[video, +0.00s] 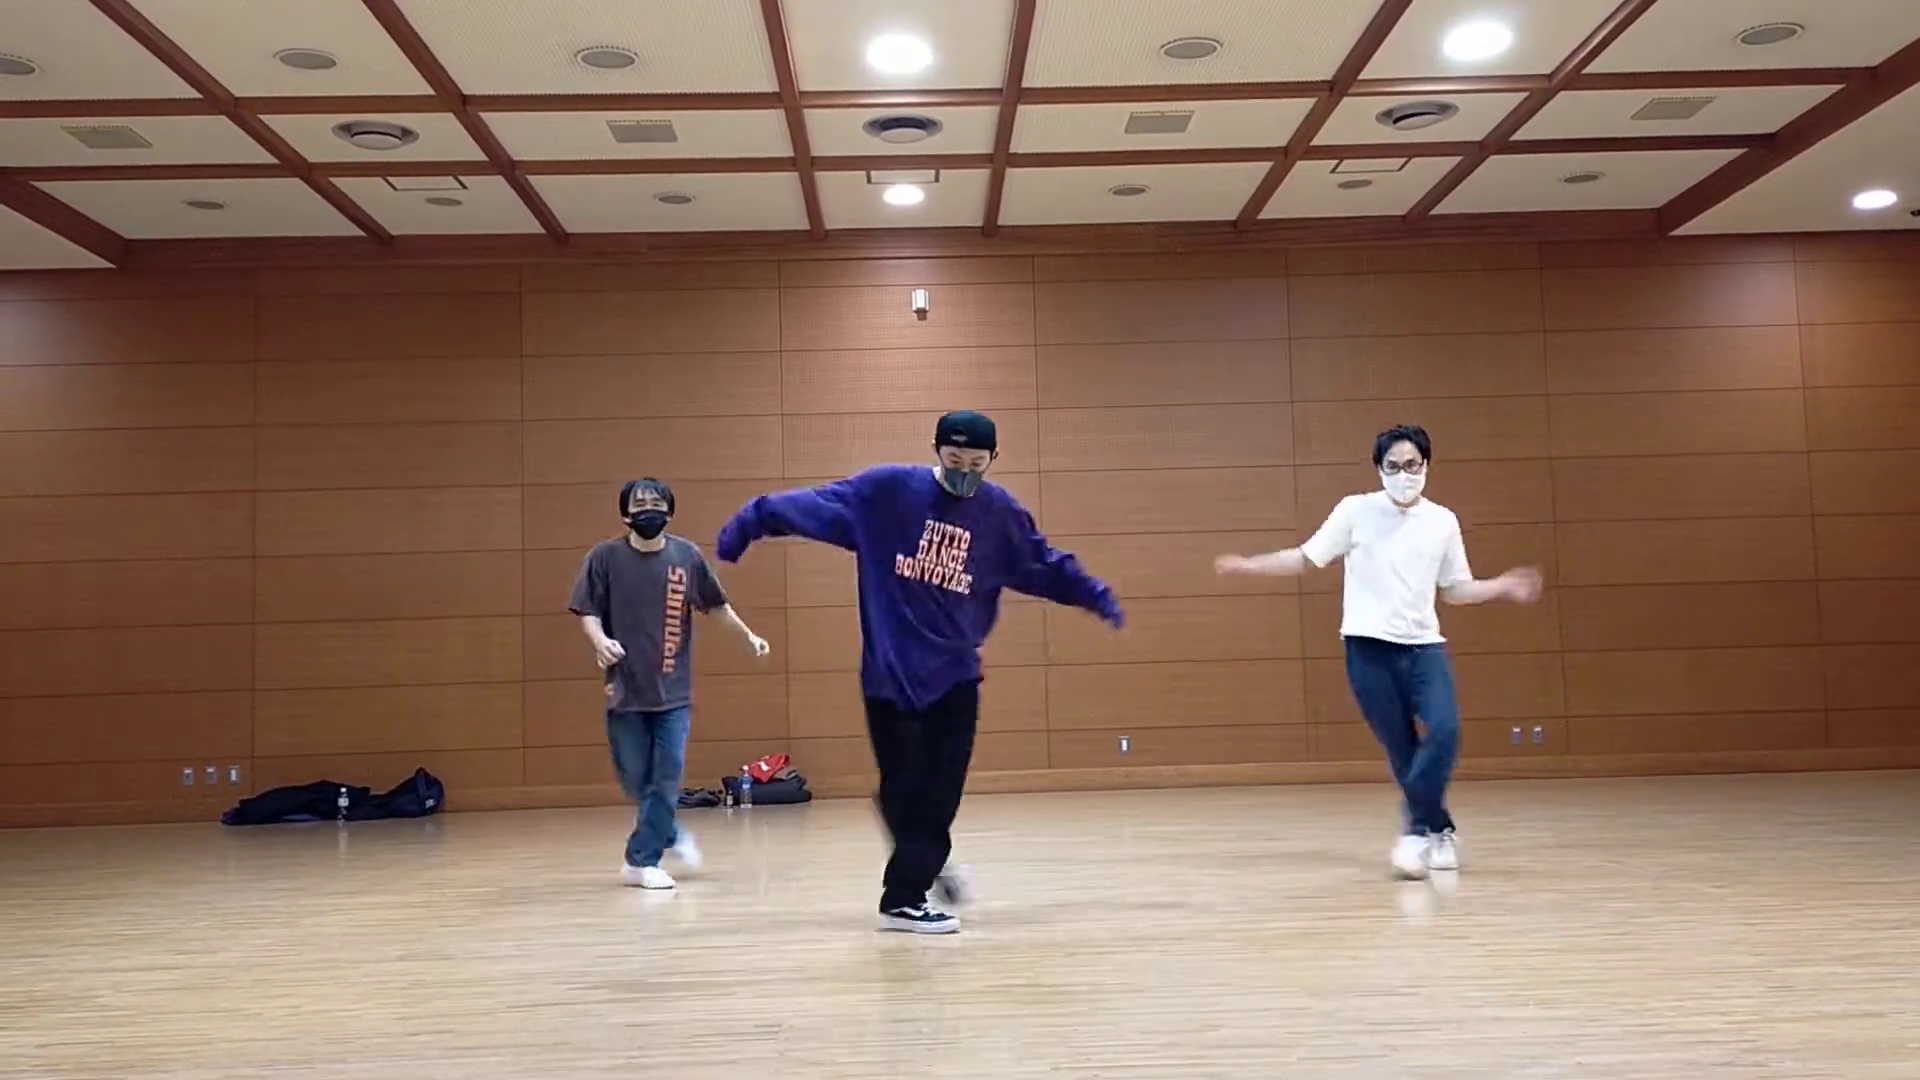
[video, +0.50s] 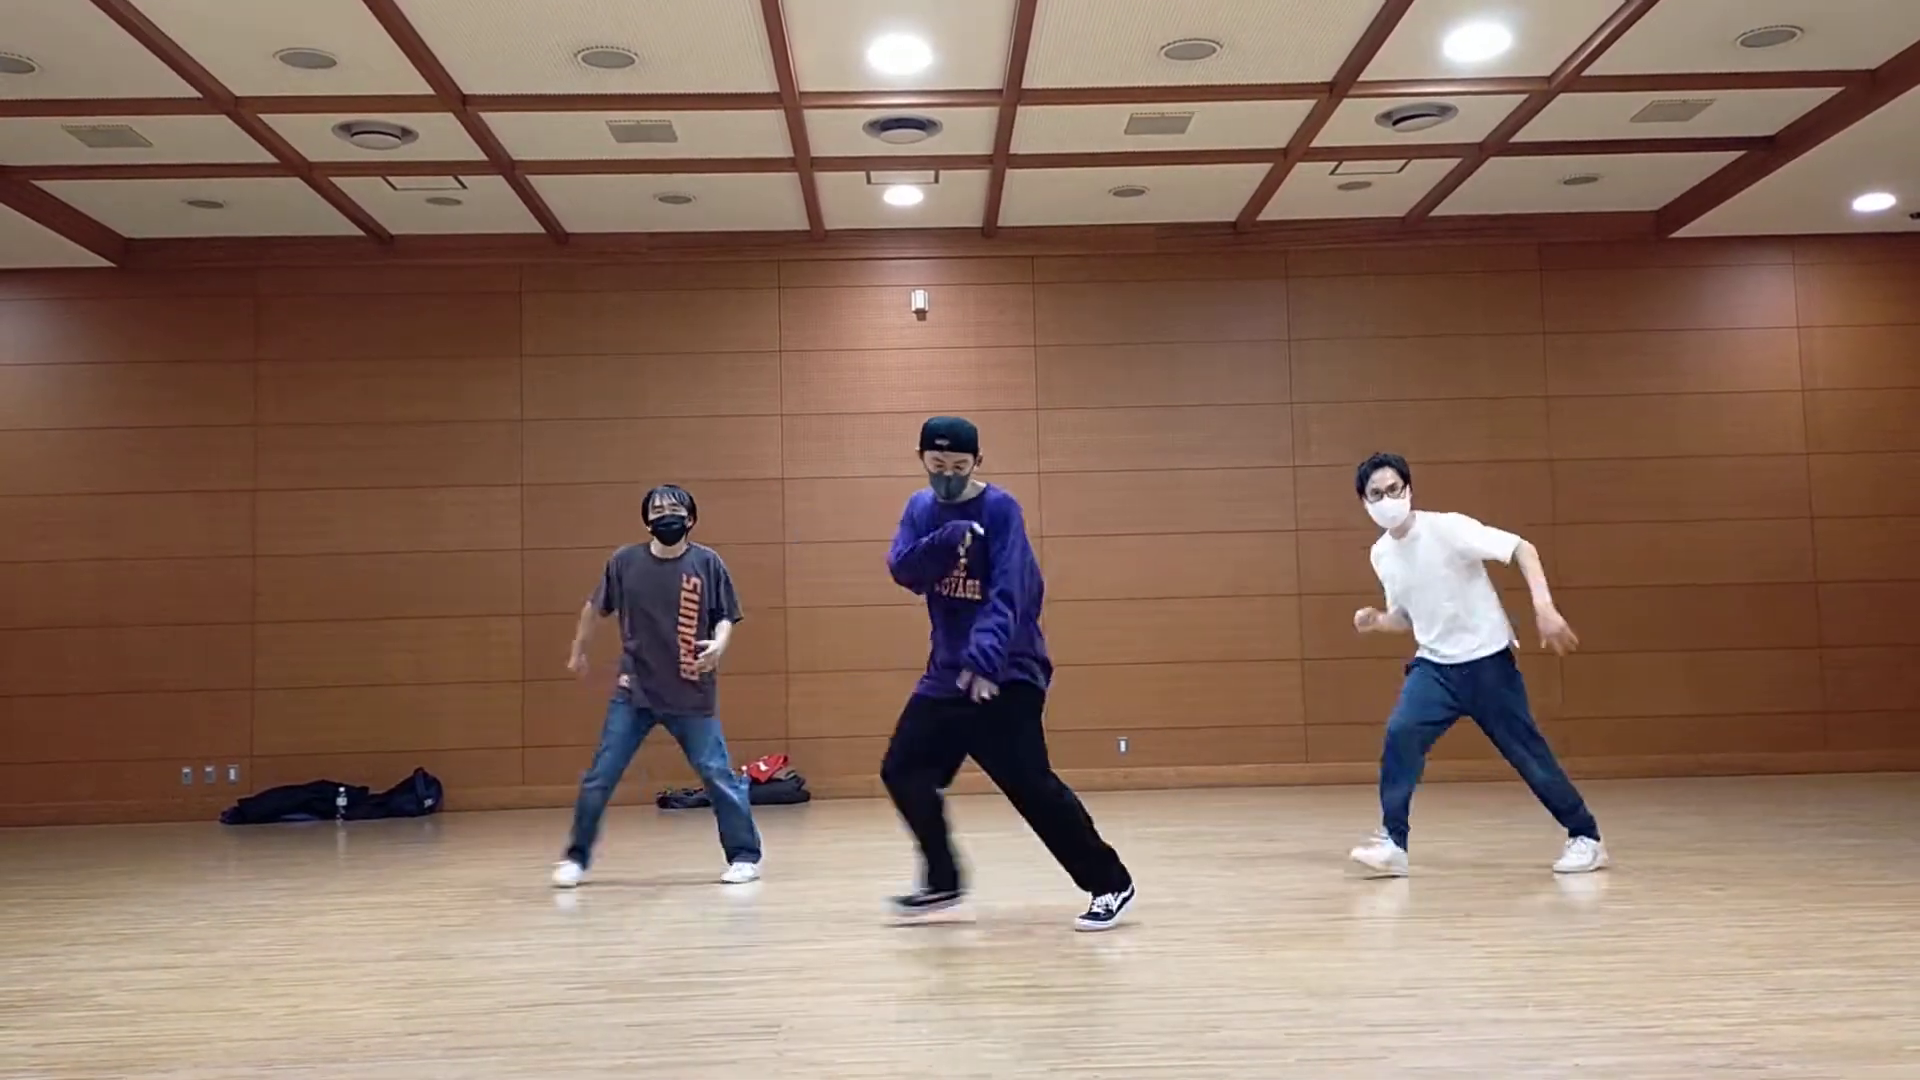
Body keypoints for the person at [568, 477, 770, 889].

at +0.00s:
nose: (649, 515)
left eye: (656, 508)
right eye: (641, 509)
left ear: (668, 512)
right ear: (627, 515)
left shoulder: (687, 555)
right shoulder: (604, 557)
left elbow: (715, 604)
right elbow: (586, 611)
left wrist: (748, 635)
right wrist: (600, 640)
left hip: (672, 691)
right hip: (625, 690)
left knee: (668, 776)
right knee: (633, 778)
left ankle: (641, 860)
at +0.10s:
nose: (659, 523)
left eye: (667, 516)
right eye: (651, 517)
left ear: (681, 523)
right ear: (639, 526)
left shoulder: (700, 569)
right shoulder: (620, 569)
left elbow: (725, 621)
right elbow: (603, 619)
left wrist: (746, 655)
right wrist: (612, 647)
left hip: (692, 691)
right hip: (646, 696)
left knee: (691, 764)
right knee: (681, 780)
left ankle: (689, 854)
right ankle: (733, 847)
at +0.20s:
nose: (670, 531)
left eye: (678, 524)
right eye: (662, 525)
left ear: (692, 531)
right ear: (651, 534)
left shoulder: (712, 579)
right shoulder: (631, 580)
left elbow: (729, 637)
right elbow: (618, 633)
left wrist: (733, 678)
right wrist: (624, 674)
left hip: (704, 698)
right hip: (659, 703)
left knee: (702, 773)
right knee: (685, 787)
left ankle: (745, 850)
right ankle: (733, 850)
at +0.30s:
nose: (677, 522)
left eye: (685, 516)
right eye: (669, 517)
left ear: (700, 526)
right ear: (657, 527)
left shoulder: (717, 573)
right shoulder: (636, 572)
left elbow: (730, 634)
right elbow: (620, 631)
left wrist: (715, 677)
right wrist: (618, 683)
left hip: (706, 699)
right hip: (659, 701)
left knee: (718, 774)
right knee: (657, 783)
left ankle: (749, 858)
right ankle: (713, 838)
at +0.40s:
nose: (676, 516)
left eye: (684, 510)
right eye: (668, 510)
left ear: (697, 519)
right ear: (656, 520)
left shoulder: (715, 565)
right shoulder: (633, 564)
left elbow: (727, 623)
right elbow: (611, 616)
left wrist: (711, 656)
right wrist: (601, 667)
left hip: (702, 693)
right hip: (650, 692)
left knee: (725, 772)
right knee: (629, 772)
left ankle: (750, 859)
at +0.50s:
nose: (669, 519)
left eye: (676, 512)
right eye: (660, 513)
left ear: (689, 518)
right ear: (648, 520)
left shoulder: (708, 564)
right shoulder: (624, 562)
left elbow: (726, 616)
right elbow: (596, 606)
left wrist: (717, 646)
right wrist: (578, 648)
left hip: (691, 693)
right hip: (636, 690)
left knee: (716, 773)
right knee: (601, 774)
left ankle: (744, 857)